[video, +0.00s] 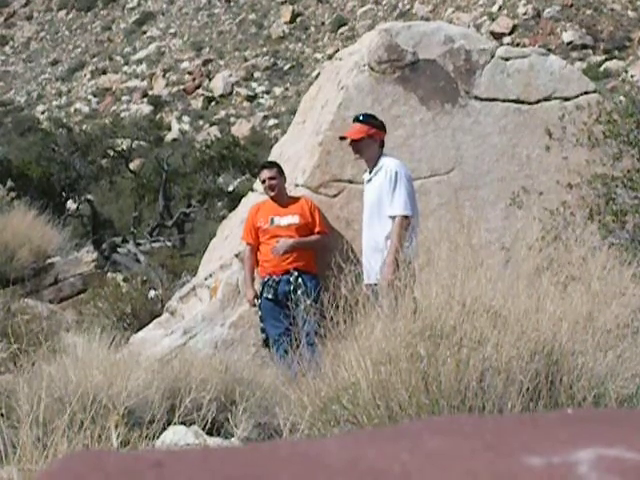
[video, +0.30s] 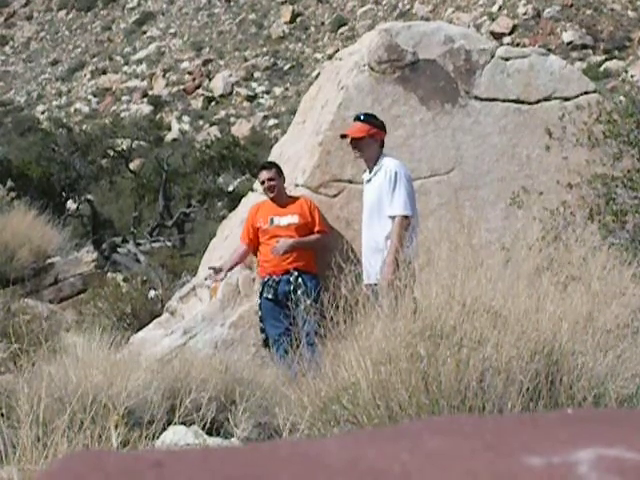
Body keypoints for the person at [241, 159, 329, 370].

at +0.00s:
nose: (269, 184)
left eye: (273, 178)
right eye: (264, 181)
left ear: (283, 178)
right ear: (261, 185)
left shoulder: (305, 205)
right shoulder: (257, 212)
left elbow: (325, 236)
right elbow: (250, 249)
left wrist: (294, 243)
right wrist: (249, 285)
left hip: (303, 277)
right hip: (271, 281)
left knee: (310, 334)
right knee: (278, 339)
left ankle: (316, 381)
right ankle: (291, 385)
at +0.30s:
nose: (268, 185)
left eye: (272, 180)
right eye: (263, 182)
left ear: (282, 179)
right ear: (260, 186)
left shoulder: (305, 205)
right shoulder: (257, 211)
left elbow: (324, 236)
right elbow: (246, 245)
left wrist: (293, 244)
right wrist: (225, 268)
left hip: (303, 278)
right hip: (271, 281)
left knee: (310, 334)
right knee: (278, 339)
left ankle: (315, 381)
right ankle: (291, 385)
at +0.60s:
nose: (267, 185)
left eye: (271, 180)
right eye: (262, 182)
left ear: (282, 180)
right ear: (260, 186)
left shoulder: (304, 205)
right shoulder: (256, 210)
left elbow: (324, 237)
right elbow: (231, 235)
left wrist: (293, 243)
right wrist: (201, 235)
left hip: (303, 277)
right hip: (271, 281)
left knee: (310, 334)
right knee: (278, 340)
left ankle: (316, 380)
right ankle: (292, 385)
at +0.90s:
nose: (268, 185)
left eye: (271, 180)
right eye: (263, 182)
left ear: (282, 180)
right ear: (260, 186)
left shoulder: (304, 204)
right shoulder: (257, 210)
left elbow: (323, 236)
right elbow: (234, 237)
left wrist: (293, 243)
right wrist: (205, 239)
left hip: (302, 277)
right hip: (270, 280)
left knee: (310, 334)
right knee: (278, 339)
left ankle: (316, 381)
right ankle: (292, 386)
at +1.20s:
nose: (269, 185)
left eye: (272, 180)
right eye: (264, 182)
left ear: (283, 180)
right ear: (260, 186)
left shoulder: (304, 205)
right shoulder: (257, 211)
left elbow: (323, 237)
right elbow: (237, 242)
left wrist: (293, 243)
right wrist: (212, 250)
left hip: (302, 277)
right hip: (270, 281)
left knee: (310, 333)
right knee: (278, 339)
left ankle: (315, 379)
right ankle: (291, 383)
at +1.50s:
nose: (270, 185)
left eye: (274, 180)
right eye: (265, 182)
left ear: (284, 180)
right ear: (261, 186)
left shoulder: (304, 205)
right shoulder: (256, 211)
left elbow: (323, 237)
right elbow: (239, 244)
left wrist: (293, 243)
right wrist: (223, 273)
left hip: (303, 277)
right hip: (271, 280)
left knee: (310, 332)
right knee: (279, 338)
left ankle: (315, 379)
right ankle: (290, 382)